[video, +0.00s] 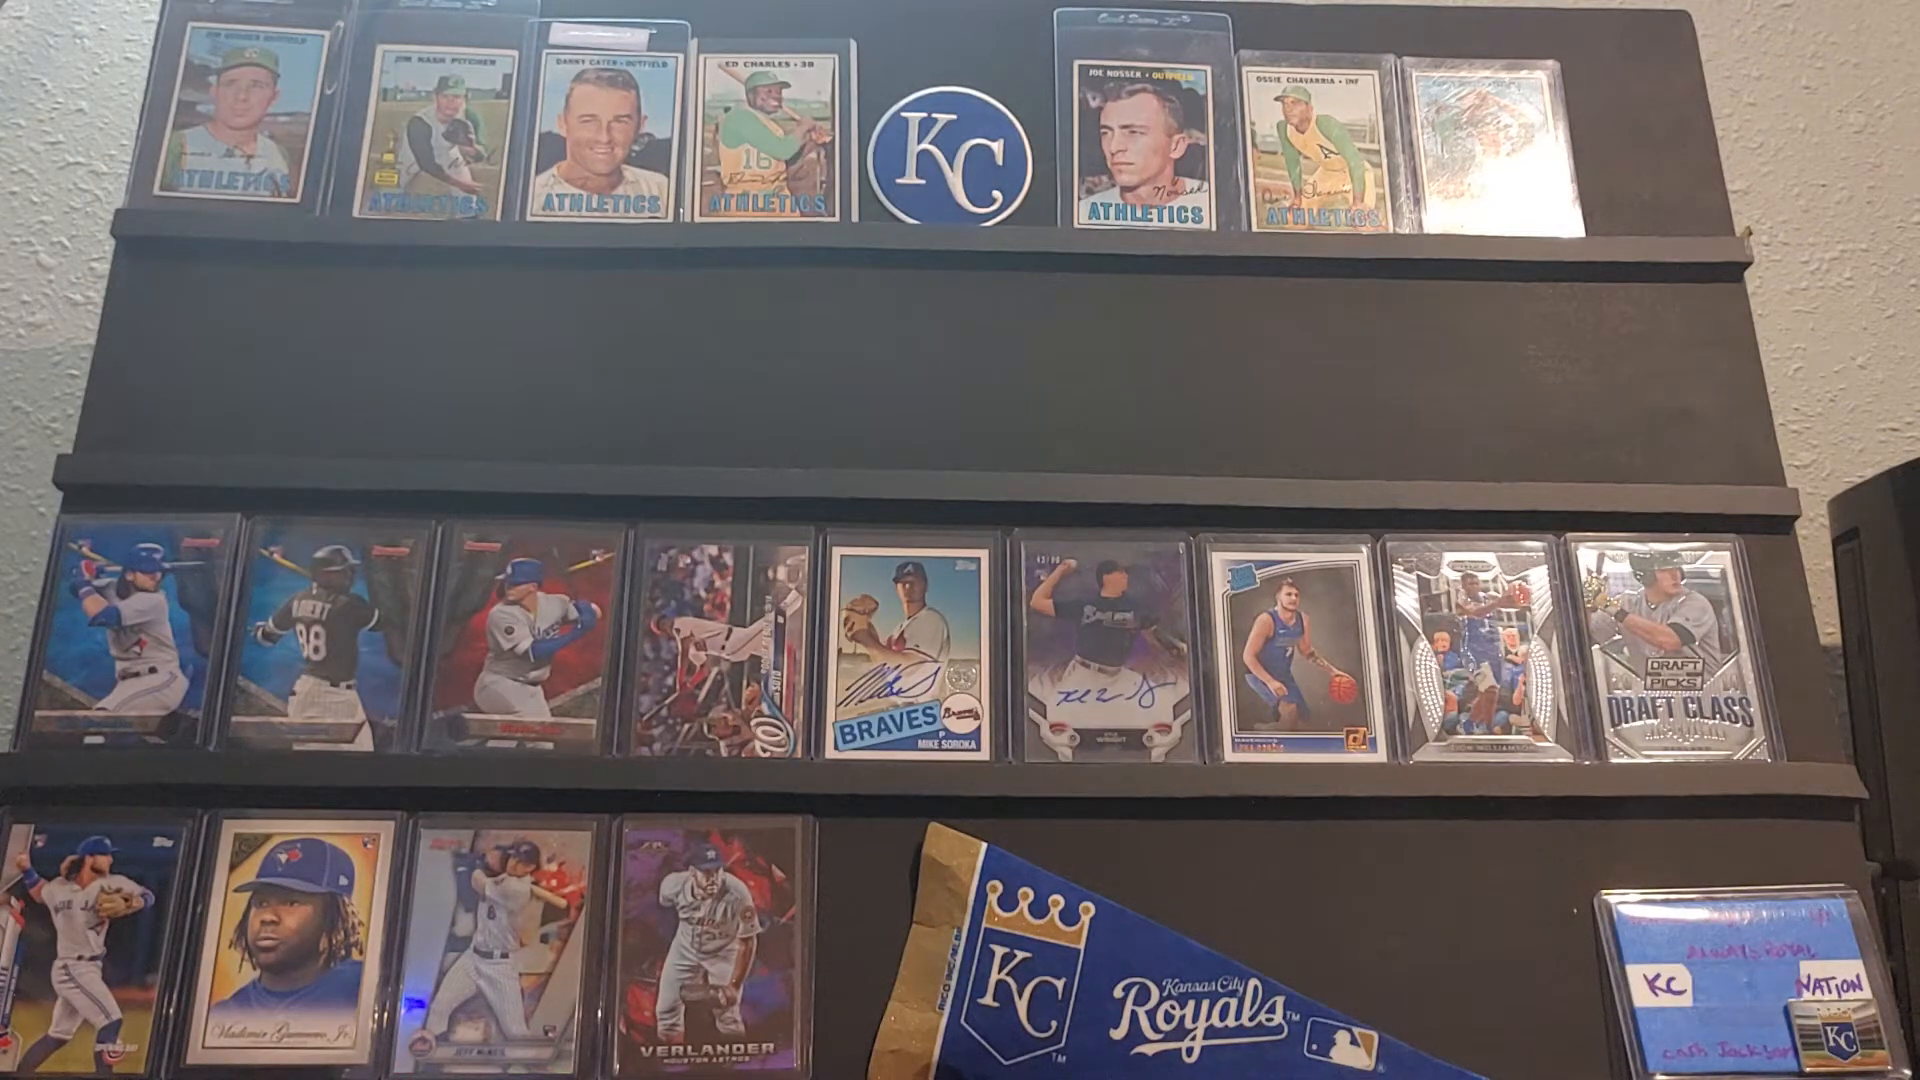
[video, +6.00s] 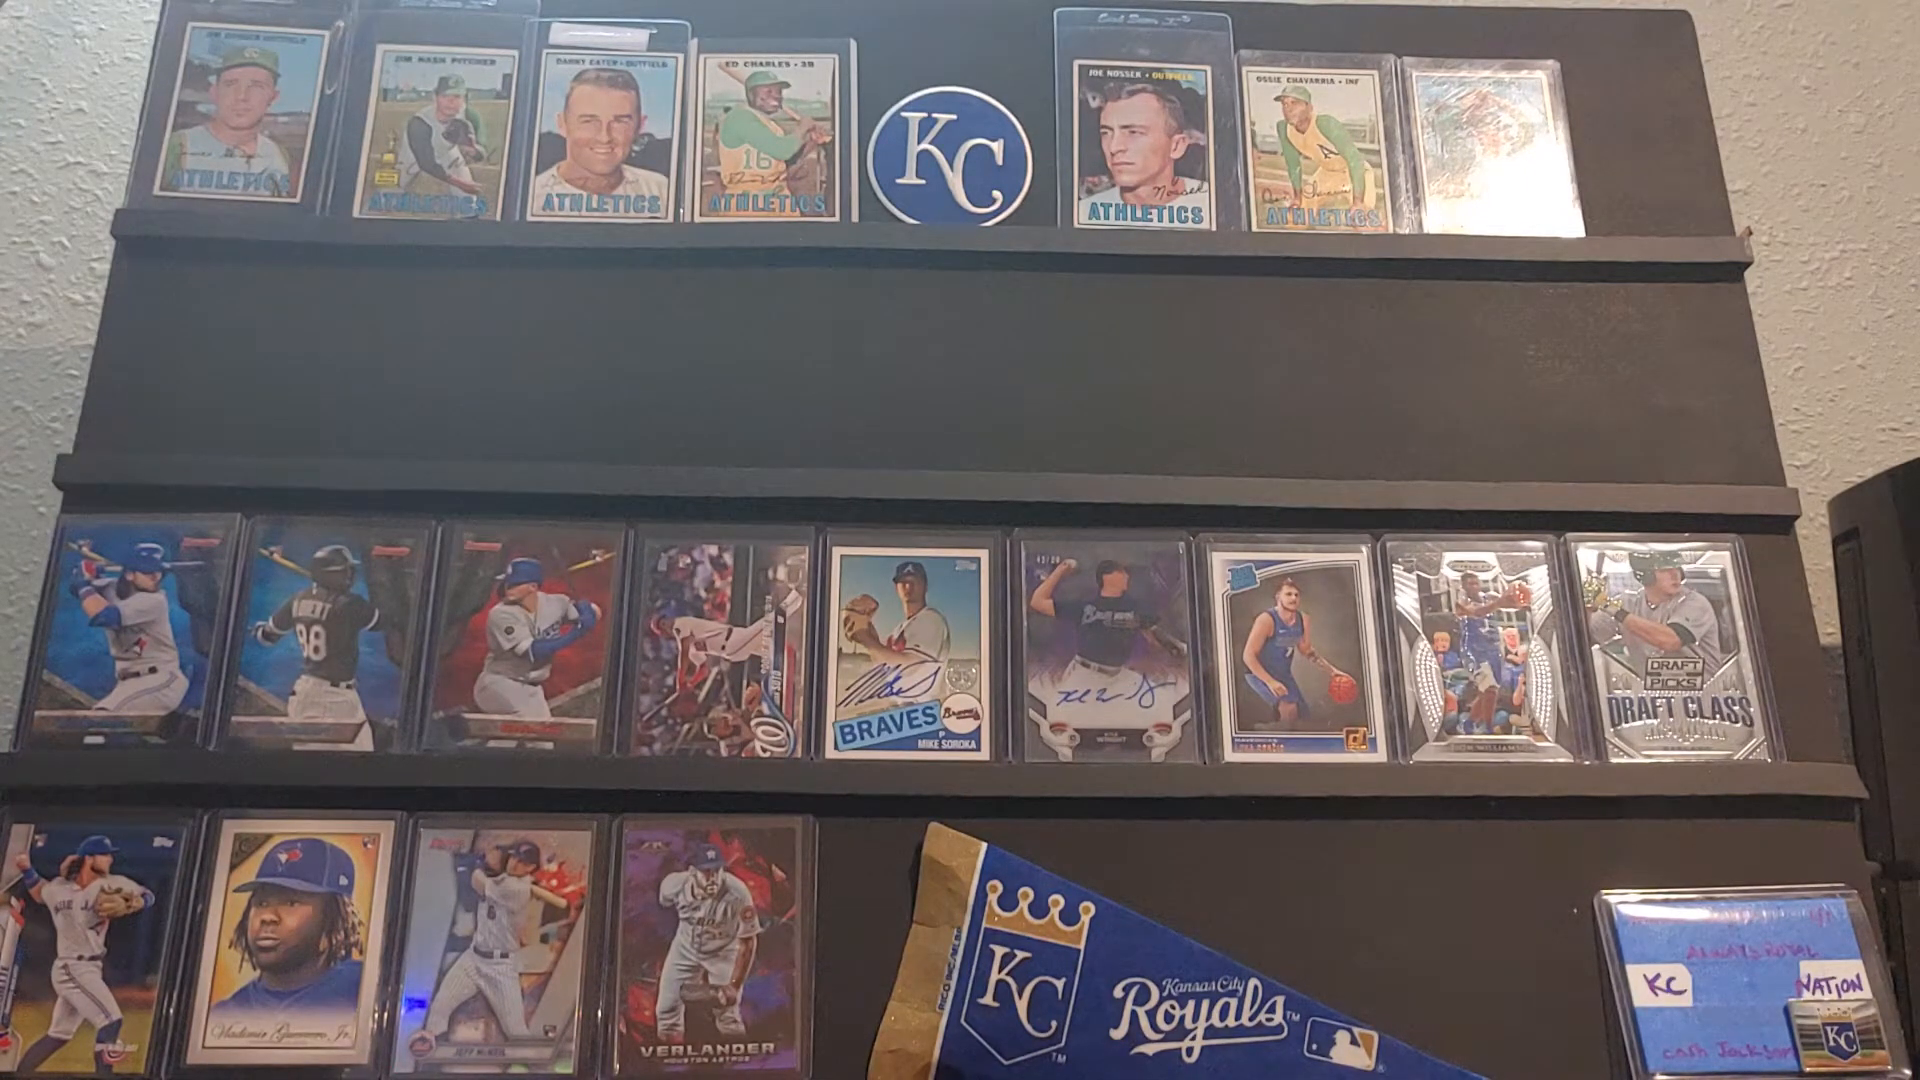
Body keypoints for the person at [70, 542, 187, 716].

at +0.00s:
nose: (155, 577)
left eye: (158, 572)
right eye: (148, 571)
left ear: (162, 573)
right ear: (130, 574)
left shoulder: (154, 601)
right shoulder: (113, 588)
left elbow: (104, 616)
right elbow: (78, 589)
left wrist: (83, 585)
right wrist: (87, 573)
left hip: (162, 679)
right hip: (129, 682)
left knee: (100, 717)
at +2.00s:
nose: (155, 577)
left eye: (158, 572)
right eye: (147, 572)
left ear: (162, 573)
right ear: (130, 573)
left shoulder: (154, 600)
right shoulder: (114, 587)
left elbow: (105, 617)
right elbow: (79, 588)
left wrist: (83, 586)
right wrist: (87, 573)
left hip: (162, 679)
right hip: (129, 682)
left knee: (102, 716)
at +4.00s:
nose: (157, 577)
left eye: (158, 572)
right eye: (149, 572)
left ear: (162, 573)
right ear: (130, 575)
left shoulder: (154, 600)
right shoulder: (113, 587)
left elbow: (105, 617)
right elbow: (79, 588)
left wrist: (83, 586)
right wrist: (87, 574)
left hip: (163, 679)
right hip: (130, 682)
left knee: (100, 717)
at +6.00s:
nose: (156, 577)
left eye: (158, 572)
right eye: (148, 572)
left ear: (162, 573)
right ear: (130, 575)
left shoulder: (155, 601)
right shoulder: (114, 588)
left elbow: (105, 617)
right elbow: (79, 588)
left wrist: (83, 586)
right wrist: (88, 573)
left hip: (163, 680)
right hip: (130, 681)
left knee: (99, 717)